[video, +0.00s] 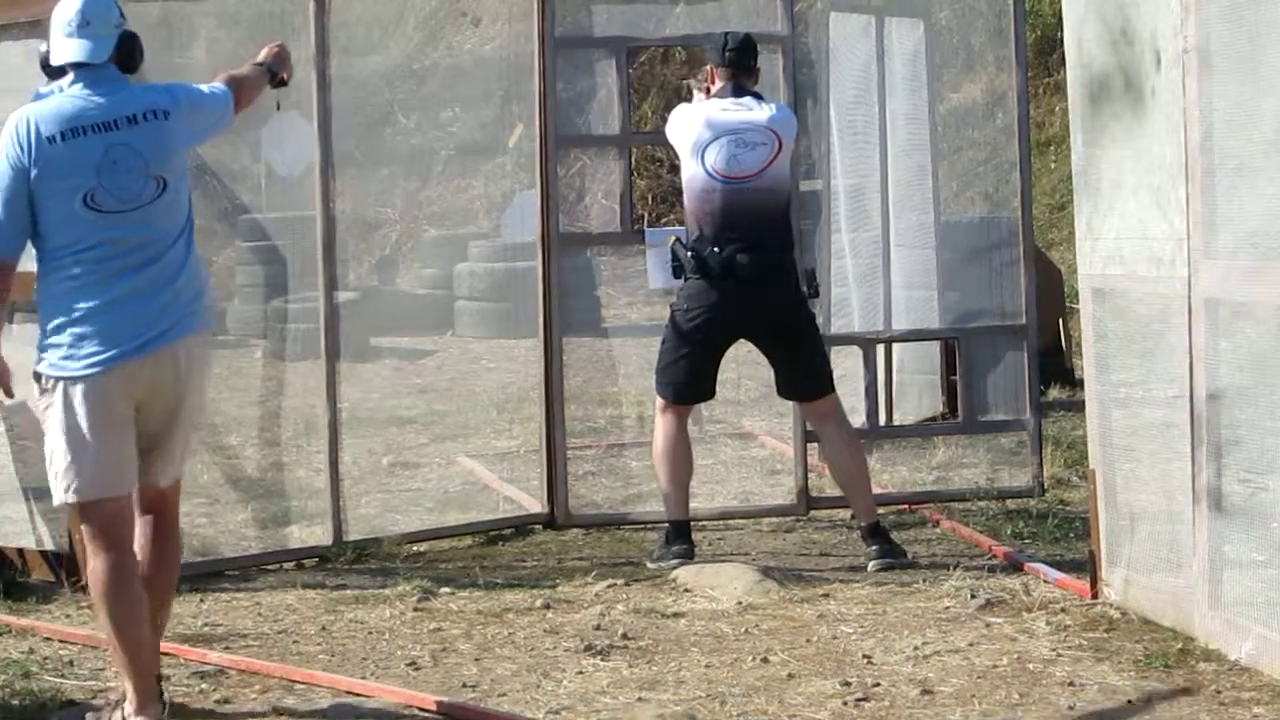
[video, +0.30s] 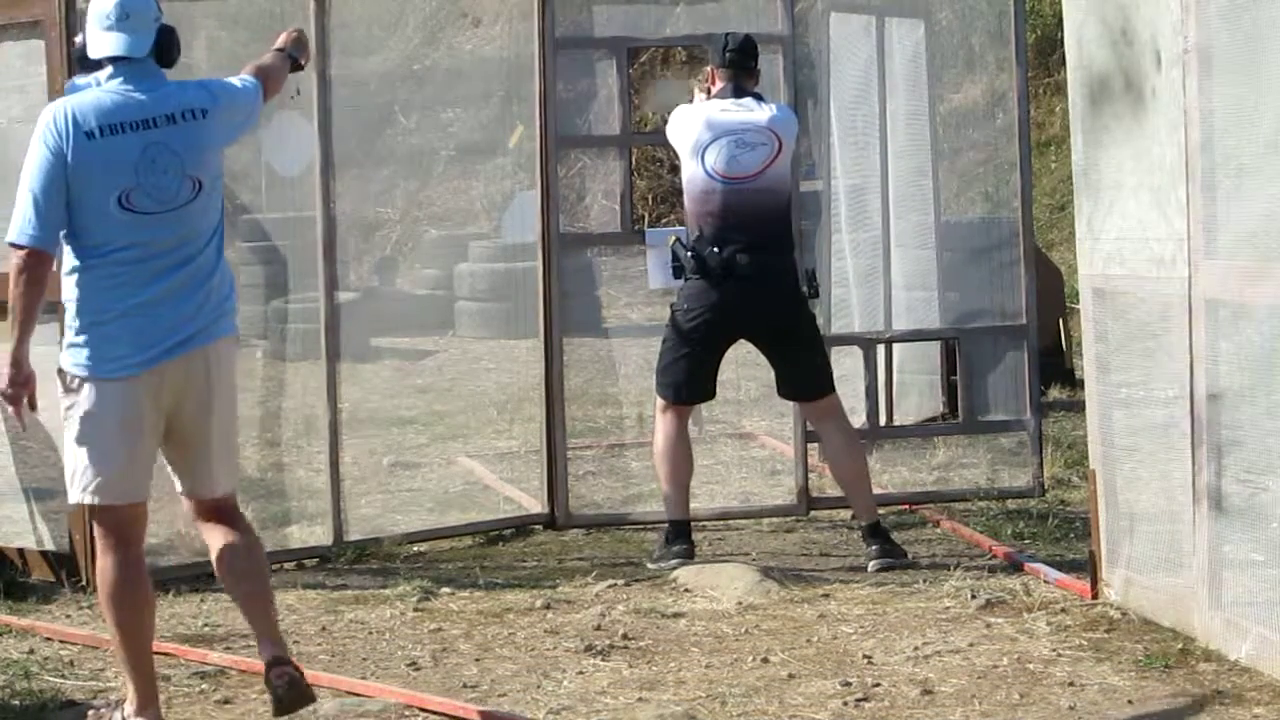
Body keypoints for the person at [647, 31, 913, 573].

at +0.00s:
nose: (712, 83)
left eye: (710, 76)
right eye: (738, 75)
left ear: (711, 79)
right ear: (757, 77)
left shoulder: (685, 120)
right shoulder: (784, 119)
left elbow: (689, 121)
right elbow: (753, 116)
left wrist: (705, 98)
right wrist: (720, 95)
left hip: (707, 294)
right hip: (778, 293)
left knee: (672, 409)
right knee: (827, 413)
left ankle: (676, 538)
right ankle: (875, 535)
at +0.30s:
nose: (709, 85)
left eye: (707, 79)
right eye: (740, 77)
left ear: (711, 81)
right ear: (757, 80)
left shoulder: (685, 120)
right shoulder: (785, 120)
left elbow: (691, 123)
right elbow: (755, 119)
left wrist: (709, 98)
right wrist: (728, 95)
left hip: (708, 294)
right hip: (778, 293)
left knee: (673, 409)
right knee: (827, 413)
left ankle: (676, 539)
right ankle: (876, 536)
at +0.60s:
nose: (714, 83)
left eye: (713, 77)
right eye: (735, 76)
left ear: (717, 80)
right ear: (761, 79)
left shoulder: (689, 121)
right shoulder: (789, 120)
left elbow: (688, 120)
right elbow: (759, 119)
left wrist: (709, 98)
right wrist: (732, 95)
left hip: (710, 294)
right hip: (780, 292)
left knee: (674, 409)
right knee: (828, 413)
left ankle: (677, 539)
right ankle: (876, 536)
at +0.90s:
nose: (715, 81)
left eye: (714, 74)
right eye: (728, 74)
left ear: (720, 77)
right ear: (763, 76)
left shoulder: (694, 122)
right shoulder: (793, 120)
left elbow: (687, 119)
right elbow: (759, 121)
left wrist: (710, 99)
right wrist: (732, 96)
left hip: (713, 294)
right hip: (783, 294)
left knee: (676, 409)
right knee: (830, 414)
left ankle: (678, 539)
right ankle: (878, 538)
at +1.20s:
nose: (716, 82)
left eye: (714, 75)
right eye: (731, 74)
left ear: (719, 78)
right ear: (763, 77)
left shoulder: (692, 123)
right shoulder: (794, 121)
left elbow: (684, 118)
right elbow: (760, 119)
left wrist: (706, 98)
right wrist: (732, 95)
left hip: (713, 295)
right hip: (783, 295)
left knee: (674, 409)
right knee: (829, 414)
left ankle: (677, 539)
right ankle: (877, 539)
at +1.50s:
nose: (713, 82)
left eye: (712, 75)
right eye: (725, 75)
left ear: (717, 77)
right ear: (762, 76)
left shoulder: (691, 121)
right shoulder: (791, 121)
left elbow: (693, 126)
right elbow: (762, 127)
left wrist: (719, 99)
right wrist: (736, 96)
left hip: (711, 296)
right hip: (781, 295)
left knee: (673, 409)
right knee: (828, 414)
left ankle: (675, 539)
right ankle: (874, 536)